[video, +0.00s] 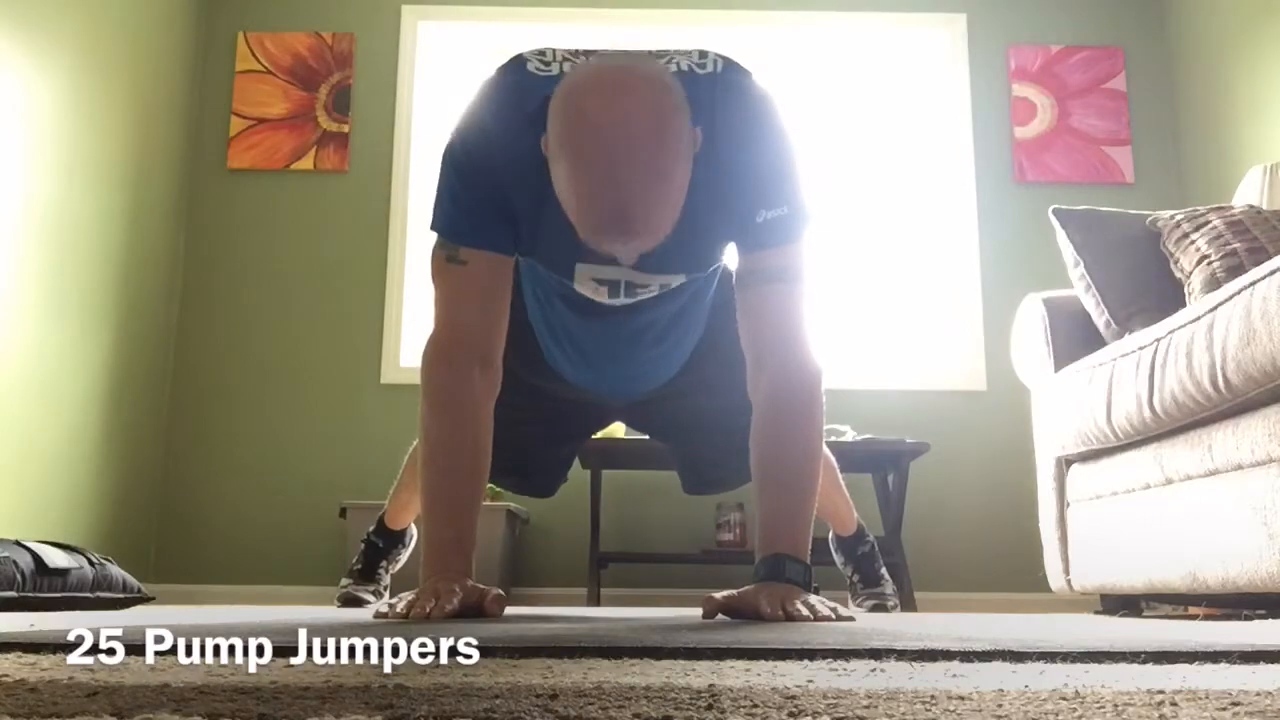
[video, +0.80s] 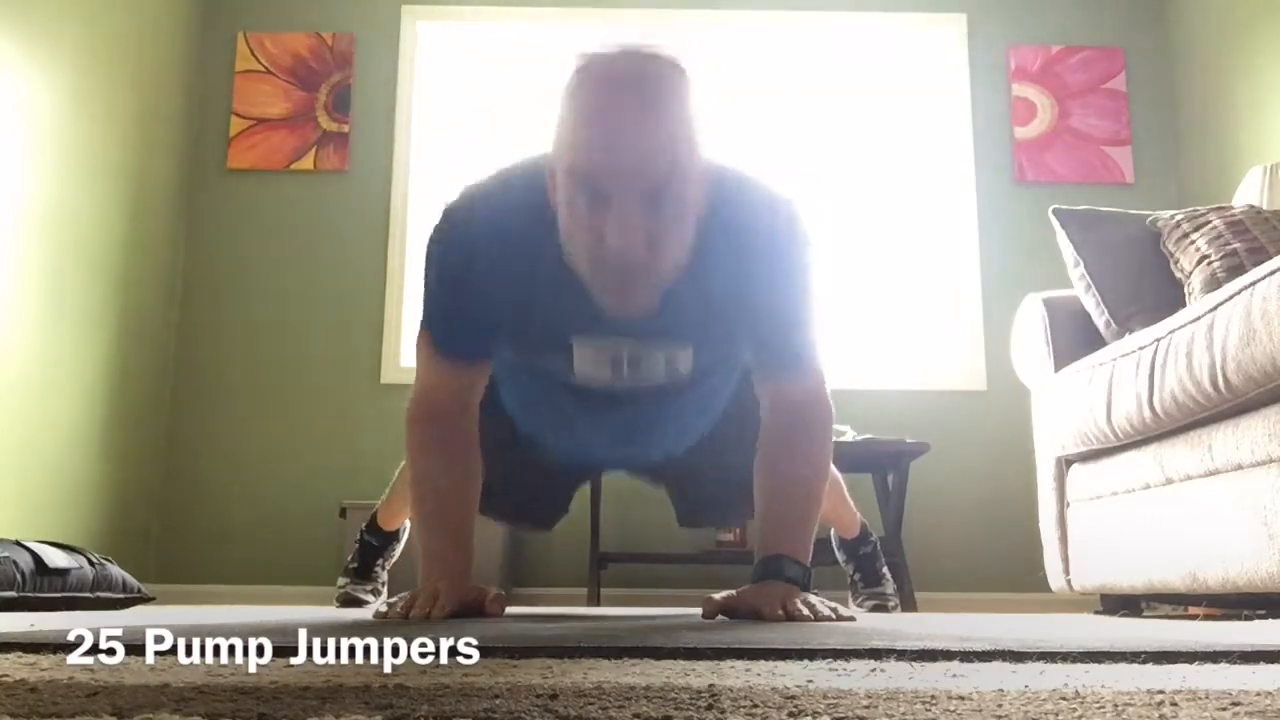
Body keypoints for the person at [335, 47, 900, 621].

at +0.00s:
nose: (623, 270)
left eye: (649, 251)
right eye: (598, 250)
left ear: (694, 144)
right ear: (549, 157)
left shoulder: (743, 121)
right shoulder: (493, 133)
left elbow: (784, 369)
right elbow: (461, 360)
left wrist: (780, 573)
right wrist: (447, 577)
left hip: (693, 317)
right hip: (538, 315)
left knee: (787, 436)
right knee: (457, 422)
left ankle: (857, 544)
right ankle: (386, 536)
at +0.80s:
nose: (623, 235)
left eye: (657, 199)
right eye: (591, 198)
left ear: (700, 179)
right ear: (554, 179)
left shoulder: (761, 233)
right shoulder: (479, 234)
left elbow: (797, 402)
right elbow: (440, 408)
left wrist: (779, 573)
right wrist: (447, 582)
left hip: (704, 420)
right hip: (532, 419)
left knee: (801, 469)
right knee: (435, 462)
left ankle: (859, 540)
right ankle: (380, 532)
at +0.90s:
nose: (627, 322)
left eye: (661, 282)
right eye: (593, 279)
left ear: (709, 268)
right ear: (551, 266)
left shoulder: (768, 306)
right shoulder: (471, 306)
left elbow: (804, 434)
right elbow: (435, 431)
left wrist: (781, 575)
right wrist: (445, 587)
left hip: (708, 465)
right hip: (530, 466)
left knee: (800, 482)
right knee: (437, 477)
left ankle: (859, 540)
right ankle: (374, 533)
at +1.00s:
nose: (627, 410)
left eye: (659, 369)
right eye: (596, 369)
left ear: (713, 344)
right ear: (547, 342)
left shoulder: (789, 369)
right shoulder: (462, 360)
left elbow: (825, 427)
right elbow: (418, 432)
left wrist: (781, 572)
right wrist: (448, 578)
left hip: (714, 530)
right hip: (525, 529)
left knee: (830, 521)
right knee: (417, 516)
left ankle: (860, 544)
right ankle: (369, 534)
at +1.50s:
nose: (628, 337)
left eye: (662, 306)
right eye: (604, 297)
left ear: (715, 281)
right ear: (563, 268)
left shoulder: (790, 340)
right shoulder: (471, 329)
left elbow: (826, 434)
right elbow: (421, 426)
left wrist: (778, 576)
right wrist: (446, 584)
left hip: (706, 585)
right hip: (531, 580)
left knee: (842, 534)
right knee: (402, 524)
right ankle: (382, 521)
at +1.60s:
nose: (645, 209)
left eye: (676, 173)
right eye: (617, 171)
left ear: (714, 170)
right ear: (570, 162)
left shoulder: (781, 258)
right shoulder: (479, 253)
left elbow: (811, 415)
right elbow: (439, 408)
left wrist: (784, 573)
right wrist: (449, 579)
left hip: (716, 548)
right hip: (525, 546)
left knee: (837, 533)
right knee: (408, 527)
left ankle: (860, 532)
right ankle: (378, 521)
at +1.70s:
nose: (640, 90)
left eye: (674, 56)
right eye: (612, 55)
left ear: (719, 68)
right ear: (566, 69)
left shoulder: (775, 178)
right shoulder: (481, 181)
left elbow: (800, 375)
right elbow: (448, 372)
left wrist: (783, 570)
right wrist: (443, 564)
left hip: (716, 385)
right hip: (542, 380)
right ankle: (423, 546)